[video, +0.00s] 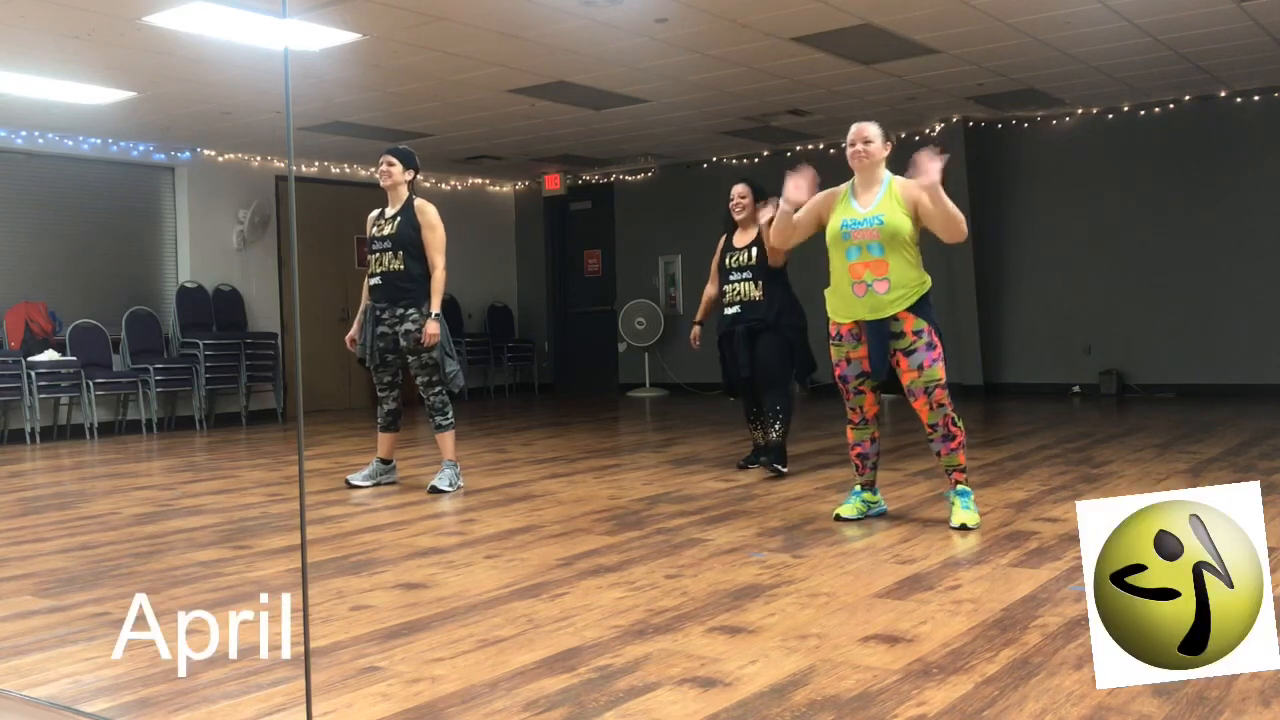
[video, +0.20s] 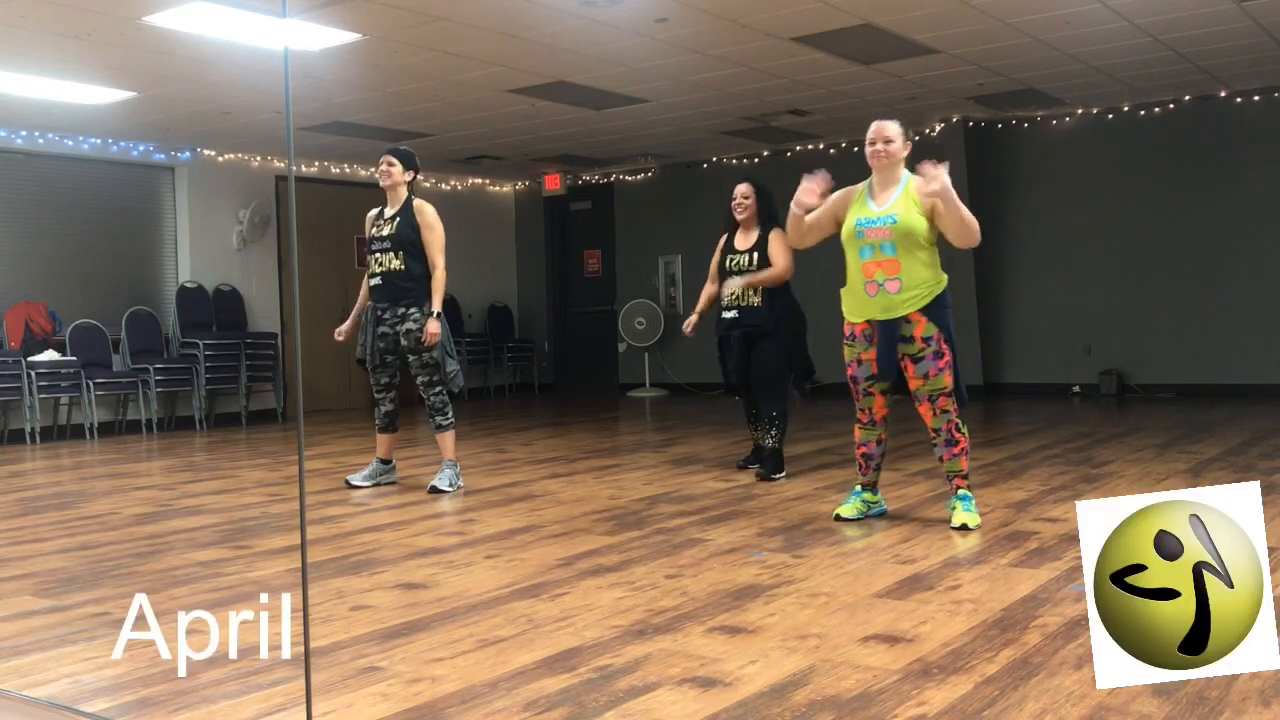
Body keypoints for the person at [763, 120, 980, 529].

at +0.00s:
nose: (858, 148)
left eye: (867, 141)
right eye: (852, 143)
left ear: (886, 149)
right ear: (845, 154)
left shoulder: (908, 189)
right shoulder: (829, 199)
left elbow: (956, 234)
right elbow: (779, 242)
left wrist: (933, 188)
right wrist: (786, 206)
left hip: (906, 314)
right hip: (848, 321)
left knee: (933, 401)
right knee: (859, 410)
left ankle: (960, 492)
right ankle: (866, 492)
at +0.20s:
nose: (878, 147)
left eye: (887, 140)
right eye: (872, 141)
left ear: (905, 148)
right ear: (864, 151)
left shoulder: (925, 189)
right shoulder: (848, 197)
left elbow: (968, 238)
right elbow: (799, 238)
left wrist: (945, 193)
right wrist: (797, 209)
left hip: (920, 312)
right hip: (862, 317)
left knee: (937, 403)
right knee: (868, 406)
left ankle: (961, 494)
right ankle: (868, 492)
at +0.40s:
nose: (900, 146)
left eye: (909, 139)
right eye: (894, 140)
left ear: (929, 146)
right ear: (887, 149)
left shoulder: (950, 191)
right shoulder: (869, 197)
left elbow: (987, 249)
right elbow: (837, 251)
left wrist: (961, 220)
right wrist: (828, 240)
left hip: (941, 313)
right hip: (884, 317)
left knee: (952, 404)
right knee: (880, 407)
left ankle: (964, 496)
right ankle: (869, 492)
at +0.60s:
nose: (914, 142)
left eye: (925, 135)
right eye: (909, 137)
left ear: (946, 144)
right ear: (904, 147)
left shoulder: (967, 191)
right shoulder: (887, 197)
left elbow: (988, 257)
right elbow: (878, 263)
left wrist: (979, 318)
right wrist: (876, 318)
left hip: (955, 318)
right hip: (901, 320)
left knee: (961, 410)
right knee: (889, 409)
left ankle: (965, 497)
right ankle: (876, 492)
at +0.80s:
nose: (919, 142)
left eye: (930, 135)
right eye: (915, 136)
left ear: (954, 145)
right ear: (910, 147)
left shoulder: (973, 192)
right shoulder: (896, 195)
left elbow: (1000, 259)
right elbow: (881, 258)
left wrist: (995, 323)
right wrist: (871, 310)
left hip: (958, 319)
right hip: (905, 320)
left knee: (963, 410)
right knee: (892, 407)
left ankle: (965, 497)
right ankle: (879, 492)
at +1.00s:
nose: (916, 141)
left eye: (926, 133)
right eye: (911, 135)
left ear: (950, 143)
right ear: (906, 146)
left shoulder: (969, 190)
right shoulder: (892, 194)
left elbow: (994, 254)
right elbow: (880, 257)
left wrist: (994, 313)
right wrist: (864, 308)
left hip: (952, 316)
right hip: (896, 318)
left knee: (959, 406)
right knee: (883, 403)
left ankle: (965, 496)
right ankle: (871, 489)